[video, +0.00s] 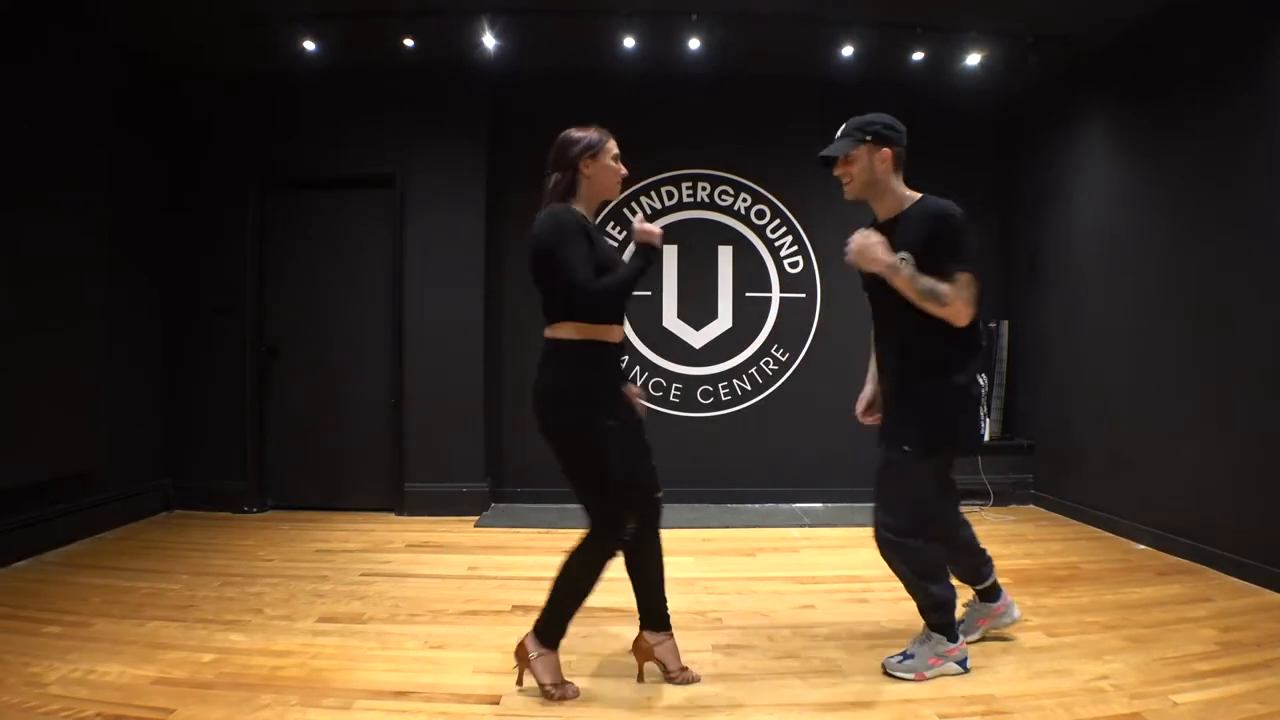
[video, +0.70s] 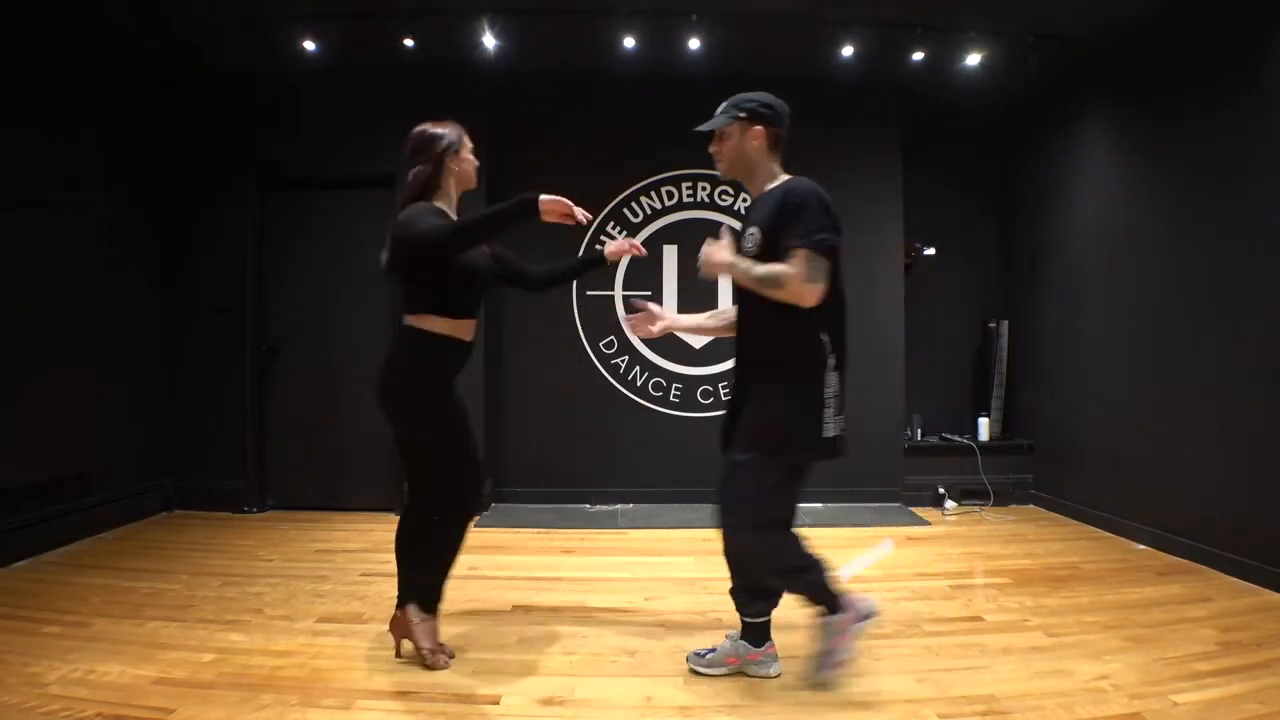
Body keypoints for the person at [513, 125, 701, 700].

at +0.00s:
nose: (624, 169)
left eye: (622, 160)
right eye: (614, 160)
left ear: (593, 167)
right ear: (583, 166)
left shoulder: (598, 229)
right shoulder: (558, 224)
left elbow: (593, 322)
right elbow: (590, 298)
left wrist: (619, 382)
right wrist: (641, 254)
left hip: (603, 381)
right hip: (569, 382)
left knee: (644, 503)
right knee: (611, 518)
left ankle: (655, 632)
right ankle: (541, 642)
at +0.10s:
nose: (610, 159)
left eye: (607, 149)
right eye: (600, 150)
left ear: (577, 160)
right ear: (569, 159)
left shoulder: (565, 219)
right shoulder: (558, 219)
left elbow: (556, 305)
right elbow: (597, 305)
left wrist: (595, 325)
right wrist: (670, 283)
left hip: (568, 374)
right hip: (551, 375)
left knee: (619, 501)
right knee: (576, 512)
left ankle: (642, 630)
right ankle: (534, 646)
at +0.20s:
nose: (595, 154)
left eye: (591, 145)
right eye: (585, 146)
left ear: (556, 158)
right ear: (554, 157)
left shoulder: (538, 218)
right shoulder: (555, 220)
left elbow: (502, 291)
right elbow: (591, 305)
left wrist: (561, 312)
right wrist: (679, 322)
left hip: (537, 378)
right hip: (534, 381)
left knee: (604, 488)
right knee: (548, 505)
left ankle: (568, 622)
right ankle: (532, 645)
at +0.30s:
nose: (568, 159)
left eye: (564, 149)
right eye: (557, 150)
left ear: (527, 165)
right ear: (527, 162)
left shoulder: (510, 222)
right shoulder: (531, 224)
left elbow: (517, 299)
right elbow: (554, 298)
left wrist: (562, 265)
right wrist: (636, 319)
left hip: (507, 368)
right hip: (519, 370)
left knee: (539, 500)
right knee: (531, 508)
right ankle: (532, 649)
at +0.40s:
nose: (549, 159)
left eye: (545, 149)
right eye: (538, 150)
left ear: (508, 163)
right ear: (507, 161)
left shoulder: (487, 220)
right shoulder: (513, 219)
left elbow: (501, 282)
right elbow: (521, 279)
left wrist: (554, 251)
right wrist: (587, 279)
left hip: (477, 366)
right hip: (505, 368)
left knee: (483, 506)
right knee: (520, 514)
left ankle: (422, 608)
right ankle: (533, 648)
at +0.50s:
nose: (520, 157)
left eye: (517, 148)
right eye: (509, 148)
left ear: (485, 160)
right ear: (476, 158)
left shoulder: (481, 224)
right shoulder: (467, 215)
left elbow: (520, 282)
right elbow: (484, 249)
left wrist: (571, 252)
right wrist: (553, 223)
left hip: (447, 364)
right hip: (466, 365)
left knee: (442, 494)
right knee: (520, 487)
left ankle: (411, 611)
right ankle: (501, 628)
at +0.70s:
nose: (478, 163)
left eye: (475, 154)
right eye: (470, 154)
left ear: (451, 163)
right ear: (445, 161)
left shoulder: (468, 240)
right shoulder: (416, 219)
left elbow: (533, 278)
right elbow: (451, 239)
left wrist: (600, 255)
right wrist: (532, 206)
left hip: (436, 375)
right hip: (414, 374)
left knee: (434, 490)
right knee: (459, 488)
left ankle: (411, 609)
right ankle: (419, 611)